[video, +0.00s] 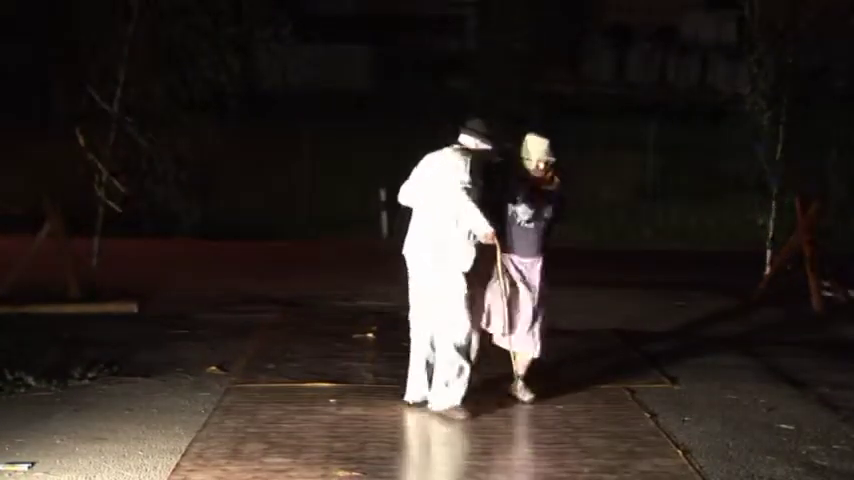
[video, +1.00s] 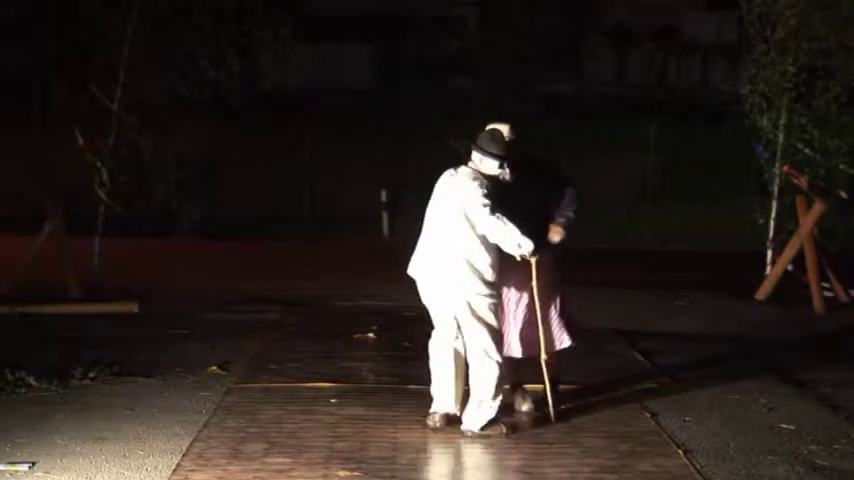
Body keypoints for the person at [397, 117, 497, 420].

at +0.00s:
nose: (481, 157)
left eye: (483, 152)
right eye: (481, 152)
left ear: (459, 140)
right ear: (476, 147)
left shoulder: (432, 160)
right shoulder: (460, 165)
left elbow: (406, 194)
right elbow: (461, 201)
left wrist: (436, 203)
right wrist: (483, 229)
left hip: (419, 257)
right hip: (443, 261)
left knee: (422, 322)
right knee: (455, 326)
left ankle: (415, 391)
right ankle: (445, 397)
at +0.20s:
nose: (490, 160)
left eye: (491, 154)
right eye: (488, 153)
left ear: (464, 147)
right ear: (473, 149)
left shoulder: (433, 168)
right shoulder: (452, 176)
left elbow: (415, 207)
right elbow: (449, 227)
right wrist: (480, 245)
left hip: (423, 259)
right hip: (447, 262)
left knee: (427, 322)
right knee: (476, 317)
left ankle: (413, 393)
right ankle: (449, 389)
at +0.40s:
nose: (492, 173)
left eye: (494, 167)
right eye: (488, 167)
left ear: (470, 160)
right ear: (471, 161)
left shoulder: (449, 178)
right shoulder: (456, 183)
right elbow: (456, 228)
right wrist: (491, 245)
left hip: (421, 262)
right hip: (440, 261)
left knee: (439, 321)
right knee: (505, 292)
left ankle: (418, 395)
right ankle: (479, 355)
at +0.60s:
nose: (504, 166)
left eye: (505, 159)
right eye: (501, 160)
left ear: (478, 152)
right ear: (489, 155)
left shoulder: (453, 168)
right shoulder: (473, 176)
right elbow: (471, 213)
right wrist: (505, 241)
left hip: (425, 256)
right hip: (457, 260)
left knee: (426, 328)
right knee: (486, 328)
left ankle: (419, 396)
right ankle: (488, 395)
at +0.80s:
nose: (504, 169)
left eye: (505, 164)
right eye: (501, 163)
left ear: (479, 158)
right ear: (485, 159)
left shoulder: (448, 182)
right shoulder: (478, 191)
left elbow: (440, 230)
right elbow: (489, 235)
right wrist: (525, 262)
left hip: (436, 273)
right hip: (469, 278)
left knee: (436, 329)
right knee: (493, 337)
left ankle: (432, 392)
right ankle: (469, 411)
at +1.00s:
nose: (501, 169)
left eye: (502, 163)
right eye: (497, 162)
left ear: (475, 156)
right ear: (483, 159)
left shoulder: (448, 179)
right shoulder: (473, 189)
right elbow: (488, 222)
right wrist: (523, 245)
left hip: (431, 275)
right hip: (468, 280)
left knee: (444, 336)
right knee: (484, 346)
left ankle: (441, 408)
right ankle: (479, 418)